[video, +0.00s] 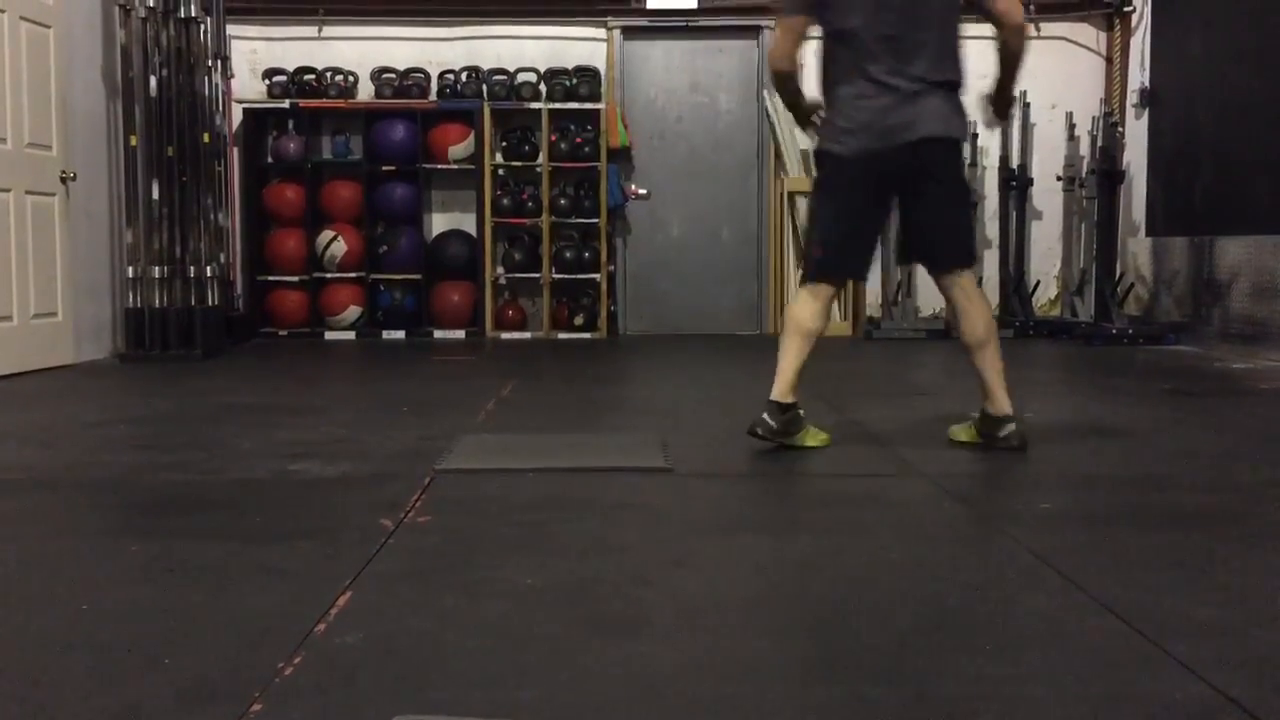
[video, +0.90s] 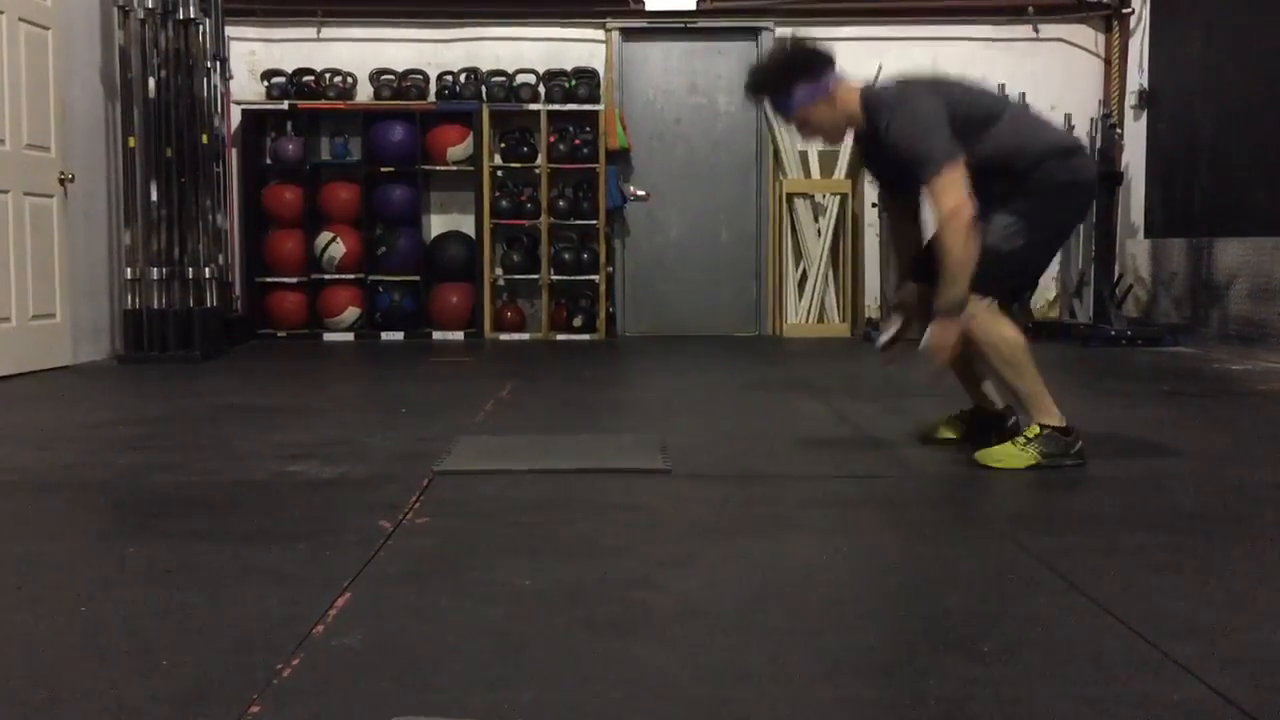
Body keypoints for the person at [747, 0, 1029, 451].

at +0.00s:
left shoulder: (818, 1)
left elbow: (780, 62)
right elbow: (1014, 23)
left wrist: (801, 109)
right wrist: (1004, 90)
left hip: (853, 141)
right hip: (933, 136)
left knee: (819, 283)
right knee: (958, 277)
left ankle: (779, 406)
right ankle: (1001, 414)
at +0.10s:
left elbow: (844, 67)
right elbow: (1023, 36)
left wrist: (809, 127)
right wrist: (1034, 115)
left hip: (892, 141)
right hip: (967, 137)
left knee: (849, 271)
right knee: (976, 276)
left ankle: (825, 407)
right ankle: (1002, 415)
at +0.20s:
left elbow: (891, 45)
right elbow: (1020, 31)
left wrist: (856, 131)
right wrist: (1028, 118)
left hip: (922, 127)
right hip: (993, 125)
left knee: (881, 255)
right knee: (989, 266)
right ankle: (1005, 413)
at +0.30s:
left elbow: (926, 34)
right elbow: (1018, 33)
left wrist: (900, 129)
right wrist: (1010, 108)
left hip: (949, 125)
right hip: (1005, 124)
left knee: (931, 268)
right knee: (1000, 269)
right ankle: (1005, 407)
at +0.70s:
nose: (850, 4)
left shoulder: (928, 4)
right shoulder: (901, 16)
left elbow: (979, 78)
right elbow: (948, 97)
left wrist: (990, 182)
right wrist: (965, 178)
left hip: (1047, 125)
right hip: (992, 129)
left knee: (1026, 270)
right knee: (972, 267)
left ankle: (1058, 430)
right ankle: (992, 402)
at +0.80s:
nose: (812, 59)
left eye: (809, 42)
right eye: (803, 48)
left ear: (840, 16)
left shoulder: (913, 38)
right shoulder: (878, 68)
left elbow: (974, 131)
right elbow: (928, 146)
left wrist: (986, 238)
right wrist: (947, 223)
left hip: (1057, 140)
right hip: (1005, 147)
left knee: (1003, 277)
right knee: (960, 271)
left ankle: (1057, 431)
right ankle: (993, 412)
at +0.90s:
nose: (803, 132)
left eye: (802, 118)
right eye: (795, 123)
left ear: (826, 92)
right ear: (829, 93)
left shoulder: (906, 111)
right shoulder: (875, 139)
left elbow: (958, 211)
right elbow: (903, 221)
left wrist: (947, 315)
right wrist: (908, 294)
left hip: (1056, 176)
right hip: (1006, 186)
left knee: (973, 302)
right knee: (927, 286)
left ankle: (1054, 430)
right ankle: (991, 413)